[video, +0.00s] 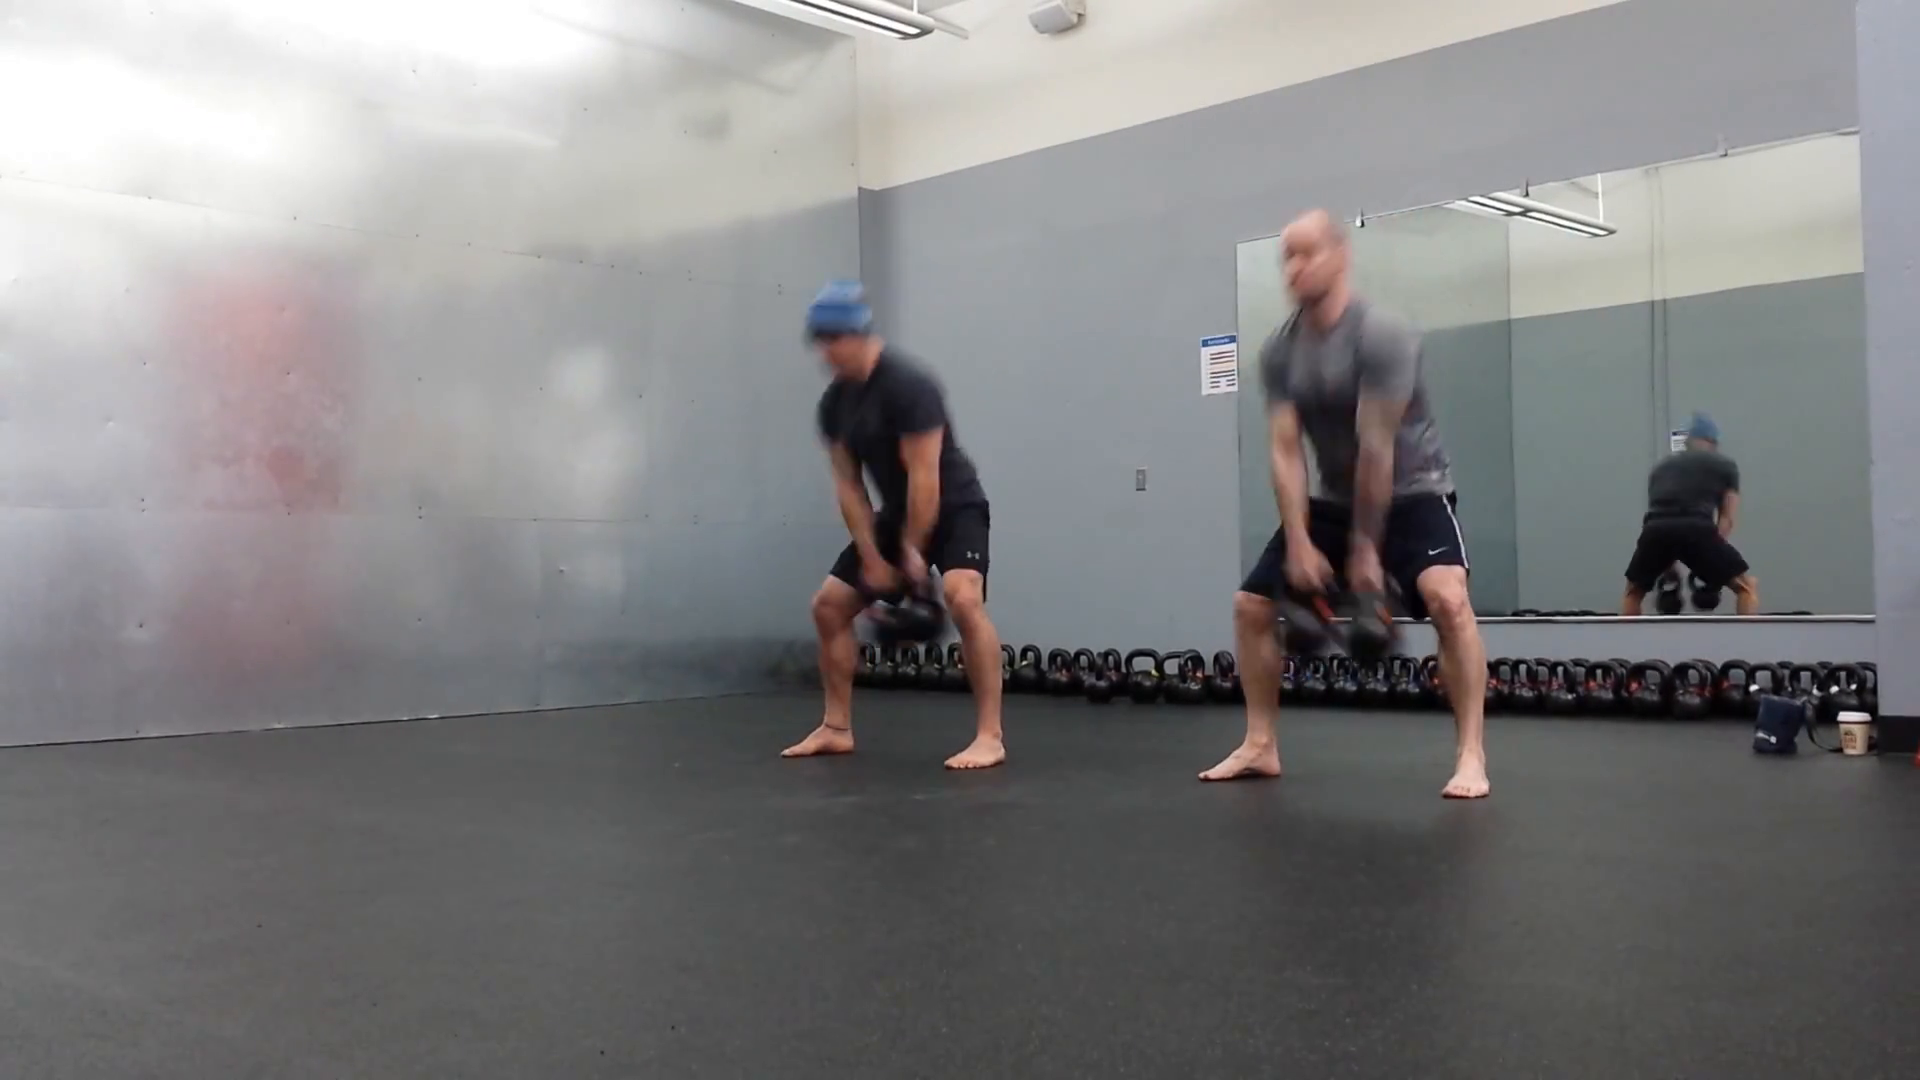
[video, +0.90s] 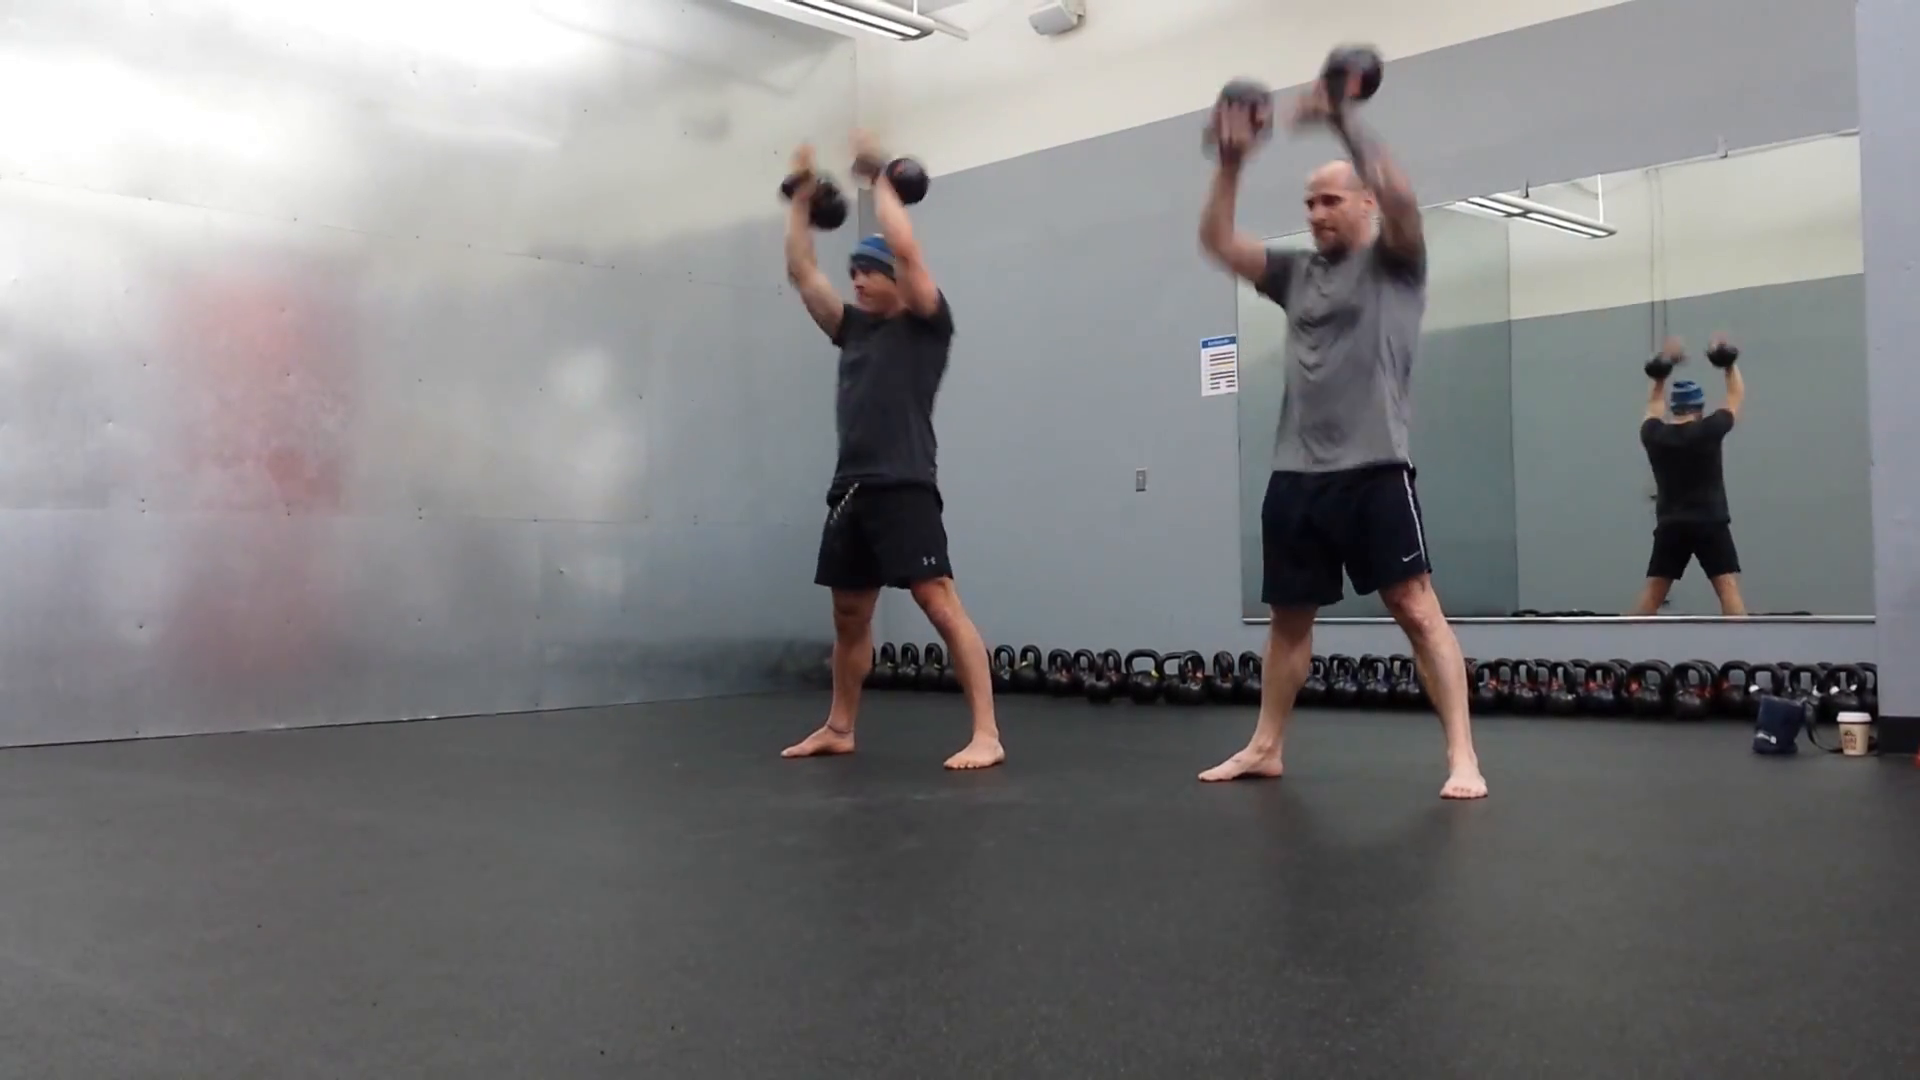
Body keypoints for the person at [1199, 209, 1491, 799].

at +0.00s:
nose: (1293, 267)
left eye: (1306, 253)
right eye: (1287, 257)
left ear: (1341, 255)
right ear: (1283, 267)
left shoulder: (1384, 336)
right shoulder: (1281, 349)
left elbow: (1377, 448)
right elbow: (1285, 449)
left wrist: (1365, 546)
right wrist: (1297, 541)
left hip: (1413, 500)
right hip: (1335, 501)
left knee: (1447, 599)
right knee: (1252, 605)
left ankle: (1471, 756)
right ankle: (1260, 744)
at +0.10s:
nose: (1255, 336)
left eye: (1266, 322)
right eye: (1247, 325)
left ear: (1300, 325)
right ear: (1242, 337)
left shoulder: (1360, 396)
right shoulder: (1252, 420)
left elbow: (1386, 507)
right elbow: (1286, 511)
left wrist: (1398, 592)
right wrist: (1329, 594)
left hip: (1404, 519)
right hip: (1324, 527)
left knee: (1442, 610)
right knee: (1235, 612)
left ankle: (1469, 756)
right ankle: (1259, 747)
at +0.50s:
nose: (1317, 233)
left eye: (1331, 220)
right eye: (1312, 223)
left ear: (1366, 228)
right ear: (1307, 235)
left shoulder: (1401, 310)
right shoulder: (1298, 318)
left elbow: (1390, 414)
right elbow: (1282, 411)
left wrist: (1355, 490)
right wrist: (1280, 496)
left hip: (1403, 472)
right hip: (1331, 473)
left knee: (1441, 597)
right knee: (1257, 602)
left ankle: (1467, 756)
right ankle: (1261, 742)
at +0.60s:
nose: (1359, 220)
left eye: (1372, 208)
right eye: (1352, 211)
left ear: (1407, 215)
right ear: (1345, 222)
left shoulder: (1435, 279)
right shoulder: (1334, 286)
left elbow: (1410, 347)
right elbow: (1295, 348)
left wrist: (1345, 385)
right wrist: (1263, 391)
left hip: (1403, 466)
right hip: (1328, 468)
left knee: (1429, 601)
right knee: (1286, 602)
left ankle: (1465, 754)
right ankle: (1263, 742)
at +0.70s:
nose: (1364, 222)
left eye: (1377, 210)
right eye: (1358, 213)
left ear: (1413, 218)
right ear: (1353, 225)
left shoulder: (1439, 274)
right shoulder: (1343, 288)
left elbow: (1431, 324)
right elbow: (1277, 349)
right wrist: (1253, 309)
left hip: (1394, 467)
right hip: (1318, 466)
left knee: (1423, 604)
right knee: (1288, 609)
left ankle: (1464, 755)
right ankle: (1265, 745)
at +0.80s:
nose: (1339, 226)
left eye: (1350, 213)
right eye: (1331, 215)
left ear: (1381, 216)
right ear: (1324, 220)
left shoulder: (1415, 269)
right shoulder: (1317, 283)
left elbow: (1428, 281)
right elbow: (1235, 308)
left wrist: (1382, 215)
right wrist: (1241, 241)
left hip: (1384, 469)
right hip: (1306, 470)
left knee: (1417, 609)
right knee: (1288, 616)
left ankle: (1463, 757)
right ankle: (1265, 746)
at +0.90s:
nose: (1316, 210)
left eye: (1331, 198)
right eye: (1311, 201)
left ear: (1369, 206)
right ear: (1305, 212)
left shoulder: (1397, 267)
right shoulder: (1295, 273)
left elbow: (1397, 196)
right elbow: (1218, 240)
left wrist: (1343, 117)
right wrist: (1230, 159)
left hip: (1376, 467)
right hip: (1299, 472)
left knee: (1416, 609)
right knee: (1288, 618)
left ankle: (1462, 760)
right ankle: (1265, 746)